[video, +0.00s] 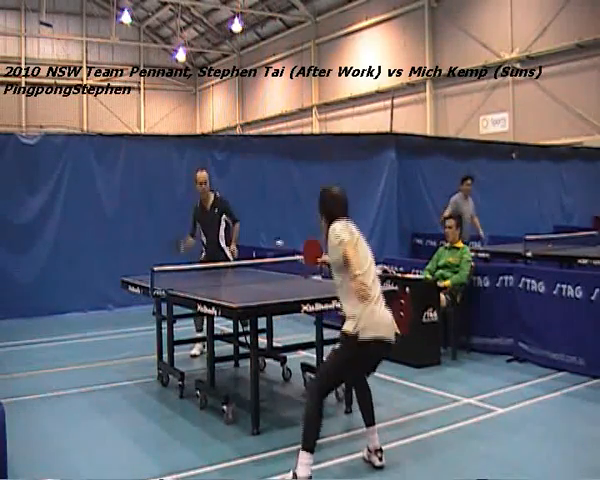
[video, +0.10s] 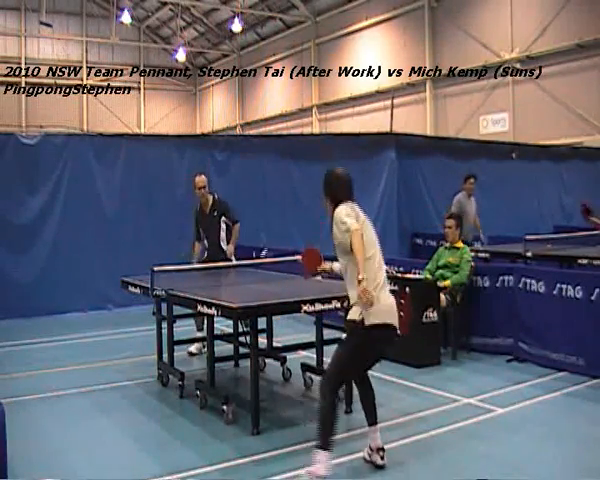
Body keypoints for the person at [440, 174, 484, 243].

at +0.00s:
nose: (469, 188)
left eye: (470, 185)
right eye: (467, 185)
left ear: (471, 187)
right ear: (461, 186)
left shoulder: (470, 200)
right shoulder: (455, 199)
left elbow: (473, 217)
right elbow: (448, 212)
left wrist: (480, 230)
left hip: (466, 234)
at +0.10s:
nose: (472, 187)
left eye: (473, 184)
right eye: (470, 184)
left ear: (474, 186)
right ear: (464, 185)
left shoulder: (472, 199)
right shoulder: (458, 198)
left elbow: (474, 216)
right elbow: (453, 216)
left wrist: (479, 231)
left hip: (470, 234)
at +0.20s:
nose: (474, 185)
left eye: (475, 183)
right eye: (472, 182)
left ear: (477, 184)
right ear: (466, 183)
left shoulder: (474, 198)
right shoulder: (461, 197)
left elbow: (476, 216)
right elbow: (456, 216)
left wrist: (477, 234)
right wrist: (457, 235)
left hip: (473, 235)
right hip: (463, 236)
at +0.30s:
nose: (478, 185)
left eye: (479, 182)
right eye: (476, 182)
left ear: (481, 184)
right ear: (470, 183)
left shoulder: (477, 198)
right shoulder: (465, 197)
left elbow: (477, 215)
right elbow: (460, 215)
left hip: (476, 235)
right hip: (466, 236)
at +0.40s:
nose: (481, 185)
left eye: (482, 183)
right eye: (479, 182)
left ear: (483, 184)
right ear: (473, 183)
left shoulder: (480, 198)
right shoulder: (467, 198)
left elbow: (479, 216)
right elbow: (464, 216)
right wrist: (461, 235)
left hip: (478, 236)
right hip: (468, 237)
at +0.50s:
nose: (486, 186)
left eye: (487, 183)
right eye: (485, 183)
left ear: (488, 185)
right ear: (478, 184)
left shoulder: (485, 199)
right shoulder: (472, 198)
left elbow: (484, 217)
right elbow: (468, 217)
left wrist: (485, 235)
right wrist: (467, 237)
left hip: (483, 237)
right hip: (473, 238)